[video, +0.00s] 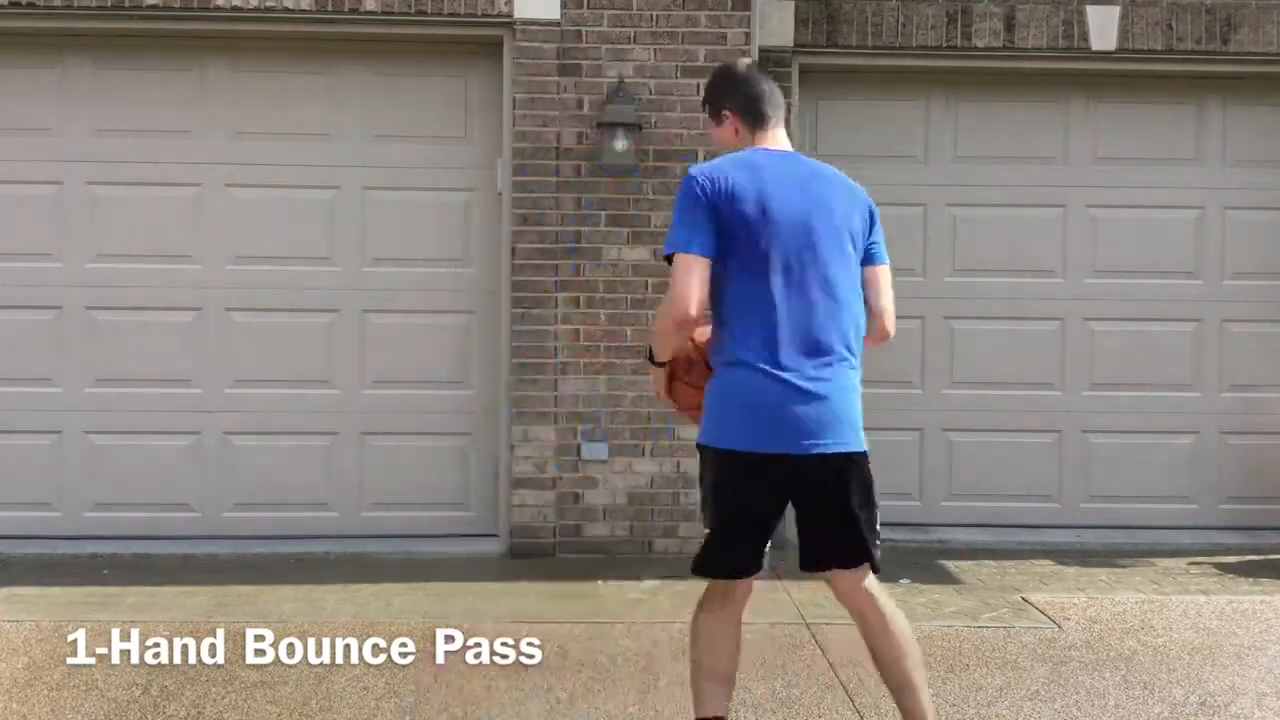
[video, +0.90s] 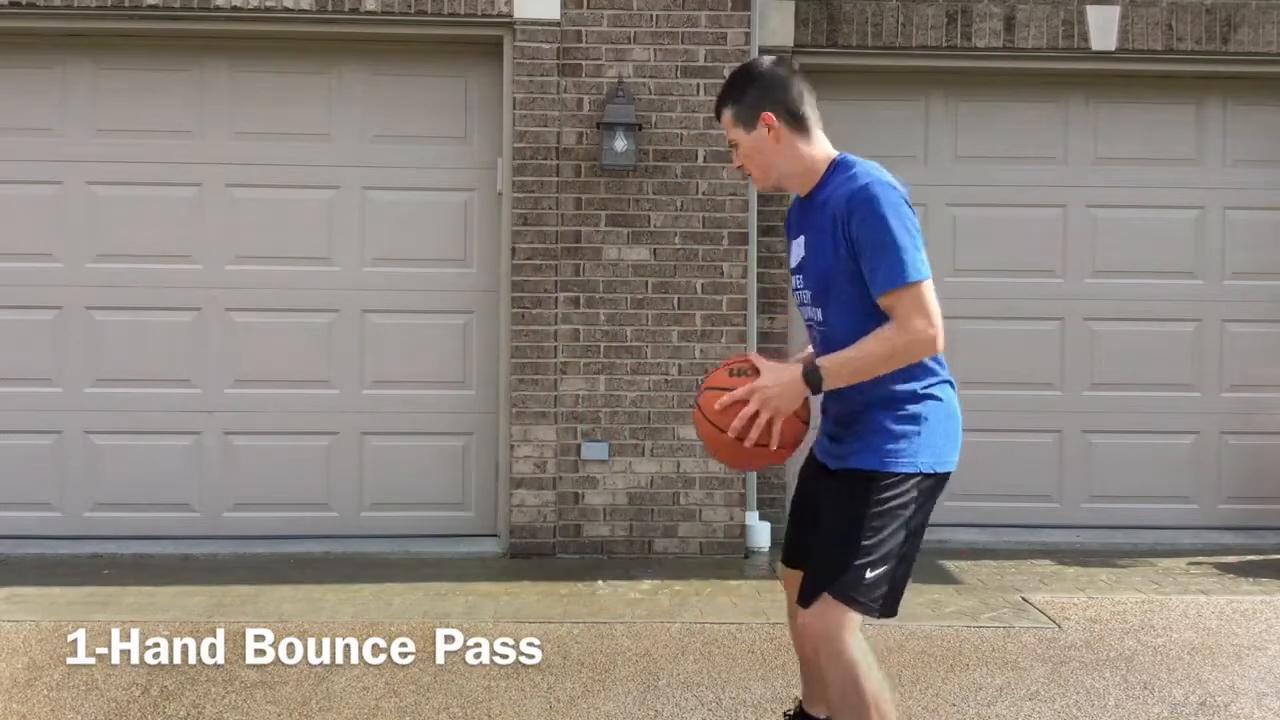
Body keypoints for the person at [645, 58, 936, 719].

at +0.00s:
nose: (708, 138)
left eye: (709, 126)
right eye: (708, 126)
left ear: (728, 121)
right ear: (780, 119)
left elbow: (685, 308)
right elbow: (882, 325)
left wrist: (662, 353)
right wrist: (807, 336)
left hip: (744, 427)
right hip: (833, 426)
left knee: (726, 590)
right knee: (858, 583)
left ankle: (710, 715)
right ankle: (921, 715)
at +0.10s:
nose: (738, 170)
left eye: (736, 153)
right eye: (734, 156)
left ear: (763, 134)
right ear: (793, 133)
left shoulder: (770, 186)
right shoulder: (870, 205)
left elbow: (761, 303)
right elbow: (897, 334)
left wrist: (684, 351)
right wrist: (770, 358)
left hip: (800, 433)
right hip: (883, 435)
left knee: (745, 578)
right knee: (883, 589)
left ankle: (756, 713)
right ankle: (935, 715)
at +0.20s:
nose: (752, 177)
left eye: (750, 159)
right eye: (745, 165)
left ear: (782, 132)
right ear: (796, 135)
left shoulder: (809, 181)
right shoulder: (869, 188)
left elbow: (840, 293)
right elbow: (869, 310)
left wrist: (745, 353)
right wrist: (760, 352)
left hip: (851, 419)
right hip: (916, 422)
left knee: (769, 576)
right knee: (884, 584)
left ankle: (804, 715)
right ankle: (937, 714)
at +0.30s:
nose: (760, 171)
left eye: (760, 153)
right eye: (753, 159)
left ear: (795, 124)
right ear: (799, 129)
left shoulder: (844, 176)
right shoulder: (845, 181)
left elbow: (904, 286)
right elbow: (851, 311)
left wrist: (827, 358)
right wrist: (776, 351)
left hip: (876, 422)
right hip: (912, 421)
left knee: (796, 586)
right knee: (890, 589)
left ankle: (842, 716)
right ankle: (940, 715)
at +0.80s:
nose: (746, 161)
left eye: (746, 141)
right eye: (739, 148)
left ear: (789, 116)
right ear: (789, 122)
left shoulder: (879, 190)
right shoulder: (805, 207)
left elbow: (943, 320)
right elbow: (843, 331)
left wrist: (839, 378)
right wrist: (795, 369)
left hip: (905, 441)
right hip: (845, 437)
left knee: (835, 618)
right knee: (803, 579)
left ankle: (876, 718)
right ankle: (874, 709)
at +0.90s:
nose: (735, 161)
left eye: (735, 143)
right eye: (730, 148)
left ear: (773, 125)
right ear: (777, 128)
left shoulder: (868, 194)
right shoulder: (800, 213)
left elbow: (922, 330)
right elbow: (839, 337)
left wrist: (804, 374)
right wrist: (788, 395)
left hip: (902, 438)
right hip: (845, 433)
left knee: (827, 621)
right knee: (799, 581)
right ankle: (818, 710)